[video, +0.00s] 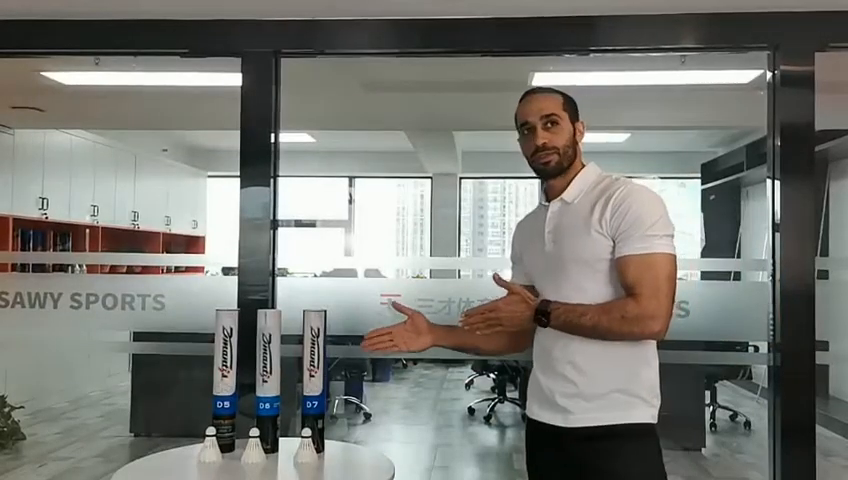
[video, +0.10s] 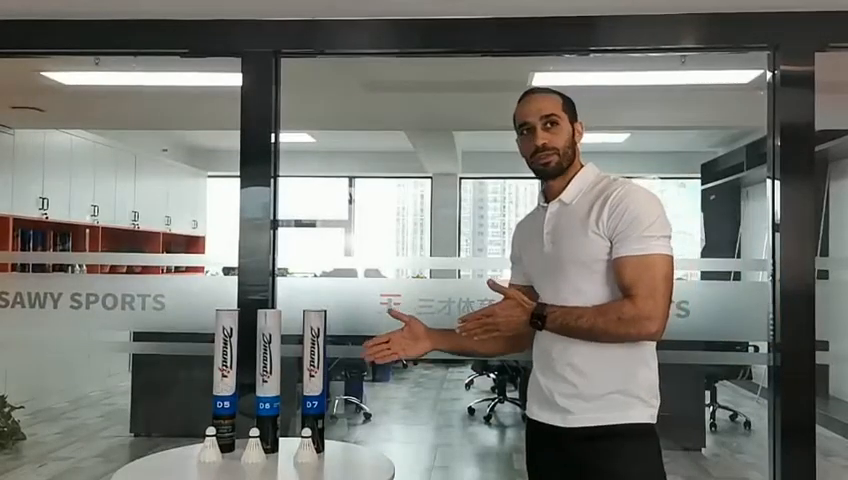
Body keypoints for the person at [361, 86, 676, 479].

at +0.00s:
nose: (538, 139)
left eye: (550, 124)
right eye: (527, 131)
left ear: (578, 131)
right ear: (520, 145)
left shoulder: (631, 202)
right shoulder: (527, 230)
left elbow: (650, 317)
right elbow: (522, 335)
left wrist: (539, 311)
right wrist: (436, 333)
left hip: (619, 425)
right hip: (545, 423)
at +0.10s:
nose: (538, 139)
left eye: (550, 125)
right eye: (526, 131)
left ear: (577, 131)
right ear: (518, 145)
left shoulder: (629, 202)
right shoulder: (526, 230)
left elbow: (647, 318)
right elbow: (522, 333)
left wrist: (538, 315)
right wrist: (432, 338)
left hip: (618, 427)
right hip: (545, 425)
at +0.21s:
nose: (536, 141)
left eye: (548, 126)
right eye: (524, 132)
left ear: (575, 131)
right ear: (516, 146)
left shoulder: (627, 203)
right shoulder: (525, 230)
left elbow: (645, 319)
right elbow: (522, 335)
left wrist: (535, 307)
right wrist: (436, 329)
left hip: (617, 426)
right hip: (544, 424)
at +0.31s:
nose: (536, 141)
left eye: (547, 126)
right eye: (523, 132)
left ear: (574, 131)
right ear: (516, 145)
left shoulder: (626, 202)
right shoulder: (526, 229)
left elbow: (642, 319)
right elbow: (520, 334)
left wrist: (532, 304)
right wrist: (436, 324)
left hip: (615, 425)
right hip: (543, 423)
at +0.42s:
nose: (535, 141)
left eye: (547, 126)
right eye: (524, 132)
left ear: (575, 131)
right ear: (517, 145)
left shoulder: (626, 203)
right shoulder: (525, 229)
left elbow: (640, 320)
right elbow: (520, 334)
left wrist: (532, 311)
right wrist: (431, 333)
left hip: (614, 426)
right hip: (543, 424)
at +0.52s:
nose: (533, 142)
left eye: (545, 126)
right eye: (523, 133)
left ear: (575, 130)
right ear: (516, 145)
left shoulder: (626, 203)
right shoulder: (526, 229)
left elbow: (641, 320)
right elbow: (521, 333)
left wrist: (533, 310)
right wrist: (435, 332)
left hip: (613, 427)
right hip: (542, 424)